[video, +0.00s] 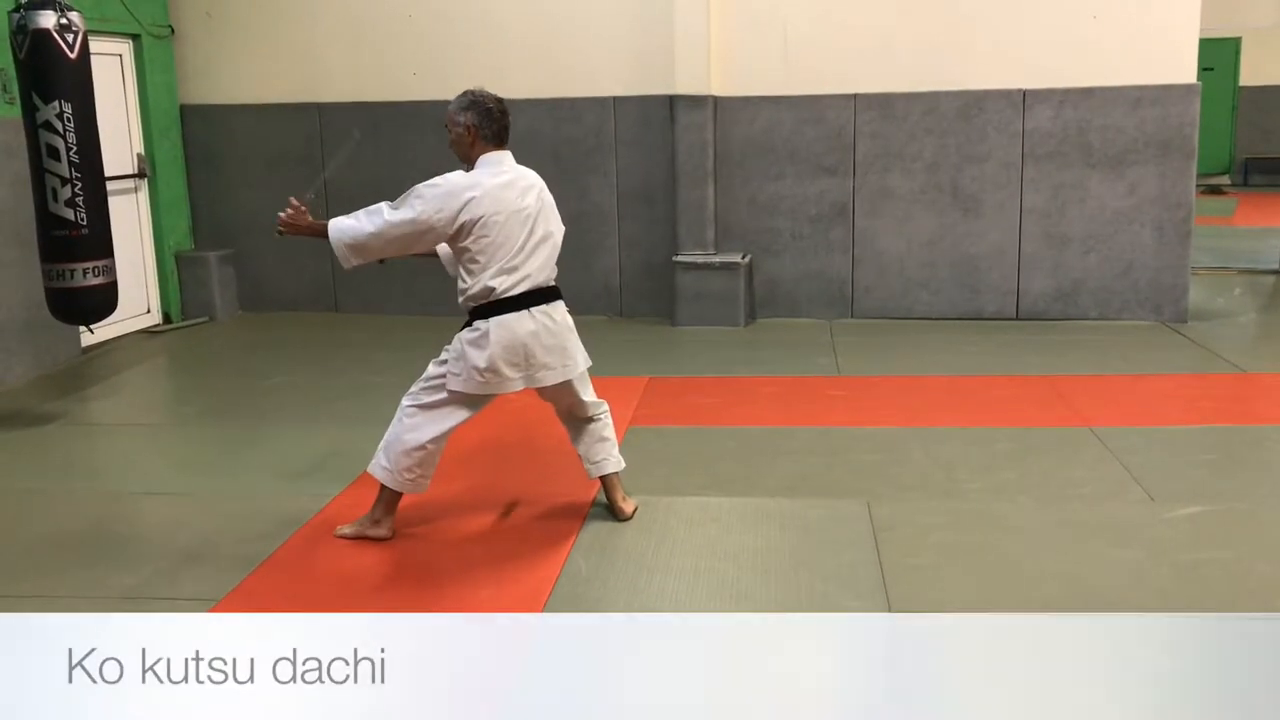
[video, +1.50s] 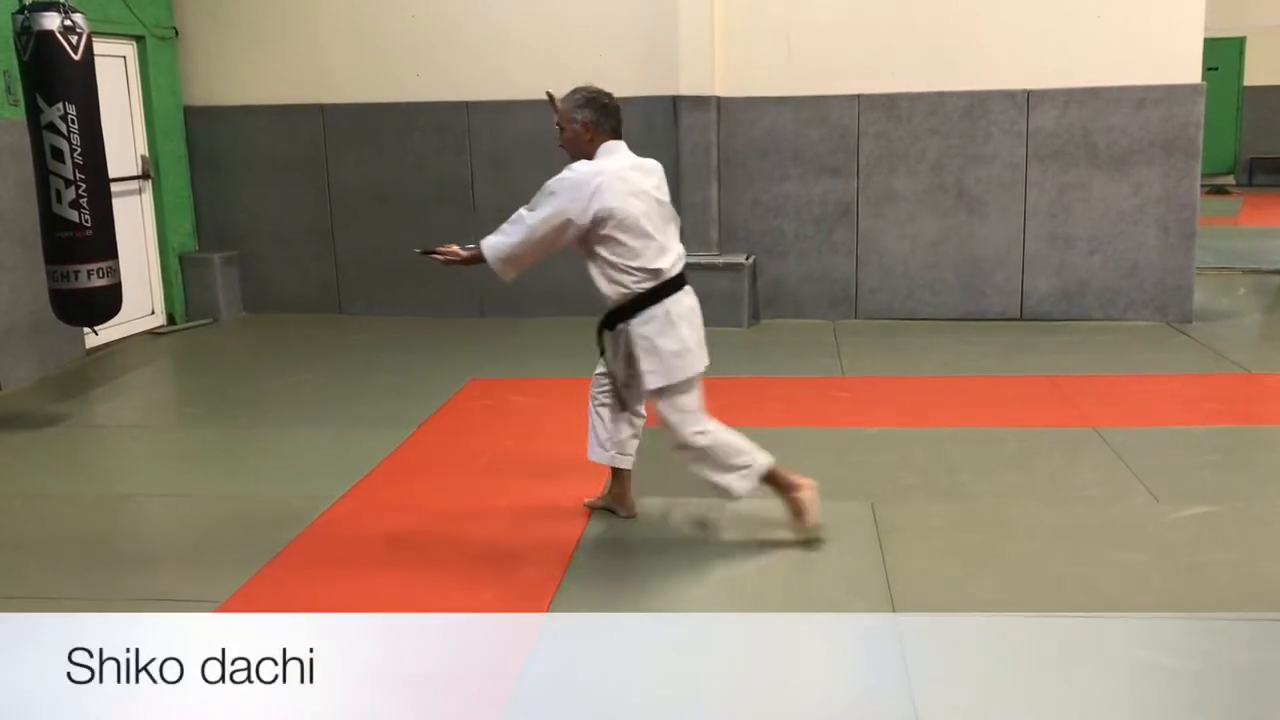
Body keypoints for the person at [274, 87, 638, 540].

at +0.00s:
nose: (449, 140)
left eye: (451, 130)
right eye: (449, 130)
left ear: (471, 132)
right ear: (498, 131)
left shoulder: (456, 193)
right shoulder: (533, 183)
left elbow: (387, 224)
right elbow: (481, 243)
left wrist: (318, 228)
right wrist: (420, 242)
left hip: (491, 336)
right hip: (552, 326)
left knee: (421, 411)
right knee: (585, 407)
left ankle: (381, 516)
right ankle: (618, 496)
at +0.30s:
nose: (446, 143)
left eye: (449, 133)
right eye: (446, 133)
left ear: (469, 135)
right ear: (493, 132)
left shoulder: (456, 195)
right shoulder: (530, 184)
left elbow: (392, 227)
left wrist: (319, 226)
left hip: (490, 337)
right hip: (550, 326)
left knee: (419, 412)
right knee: (583, 409)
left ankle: (383, 518)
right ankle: (619, 499)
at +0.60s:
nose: (443, 147)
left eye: (445, 137)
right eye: (443, 137)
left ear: (465, 138)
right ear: (490, 135)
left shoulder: (452, 197)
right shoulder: (528, 186)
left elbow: (389, 233)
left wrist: (321, 232)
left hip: (489, 339)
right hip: (549, 328)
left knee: (419, 413)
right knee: (583, 412)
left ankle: (384, 520)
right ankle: (621, 502)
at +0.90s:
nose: (450, 147)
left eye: (452, 138)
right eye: (450, 137)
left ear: (472, 140)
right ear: (497, 139)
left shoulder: (456, 192)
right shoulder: (532, 193)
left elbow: (393, 228)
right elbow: (484, 241)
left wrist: (324, 231)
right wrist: (424, 224)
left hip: (476, 336)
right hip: (534, 331)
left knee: (416, 416)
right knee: (547, 410)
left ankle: (387, 519)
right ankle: (618, 479)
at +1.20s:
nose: (522, 134)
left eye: (525, 125)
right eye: (520, 126)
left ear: (548, 125)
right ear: (566, 126)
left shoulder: (537, 176)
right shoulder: (604, 173)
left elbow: (478, 221)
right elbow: (541, 196)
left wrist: (411, 236)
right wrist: (505, 154)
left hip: (558, 319)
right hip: (608, 315)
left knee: (487, 402)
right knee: (585, 405)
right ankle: (616, 496)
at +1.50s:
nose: (558, 135)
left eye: (563, 127)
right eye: (559, 126)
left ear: (588, 129)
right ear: (603, 128)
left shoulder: (582, 182)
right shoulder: (647, 168)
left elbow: (529, 229)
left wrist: (474, 252)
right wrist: (575, 112)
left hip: (651, 316)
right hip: (658, 307)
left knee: (688, 426)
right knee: (614, 395)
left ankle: (790, 485)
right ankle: (619, 492)